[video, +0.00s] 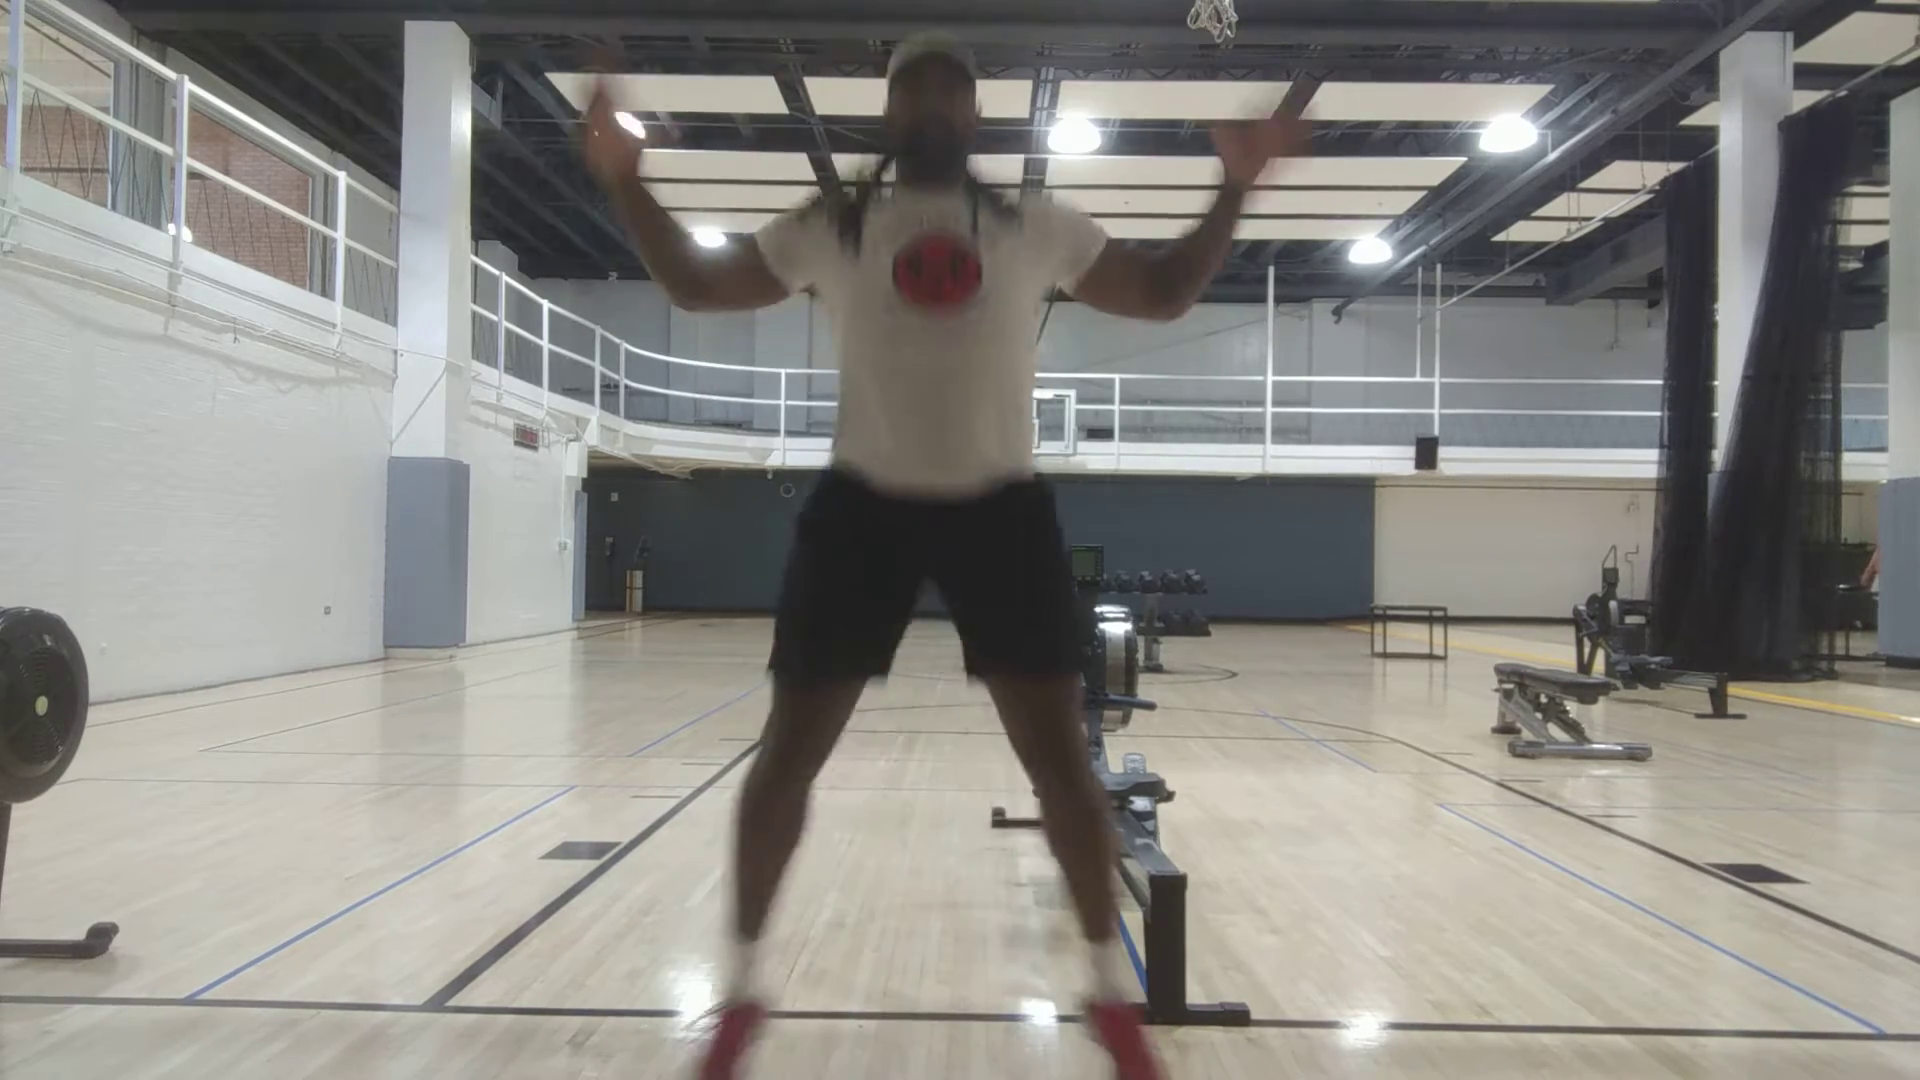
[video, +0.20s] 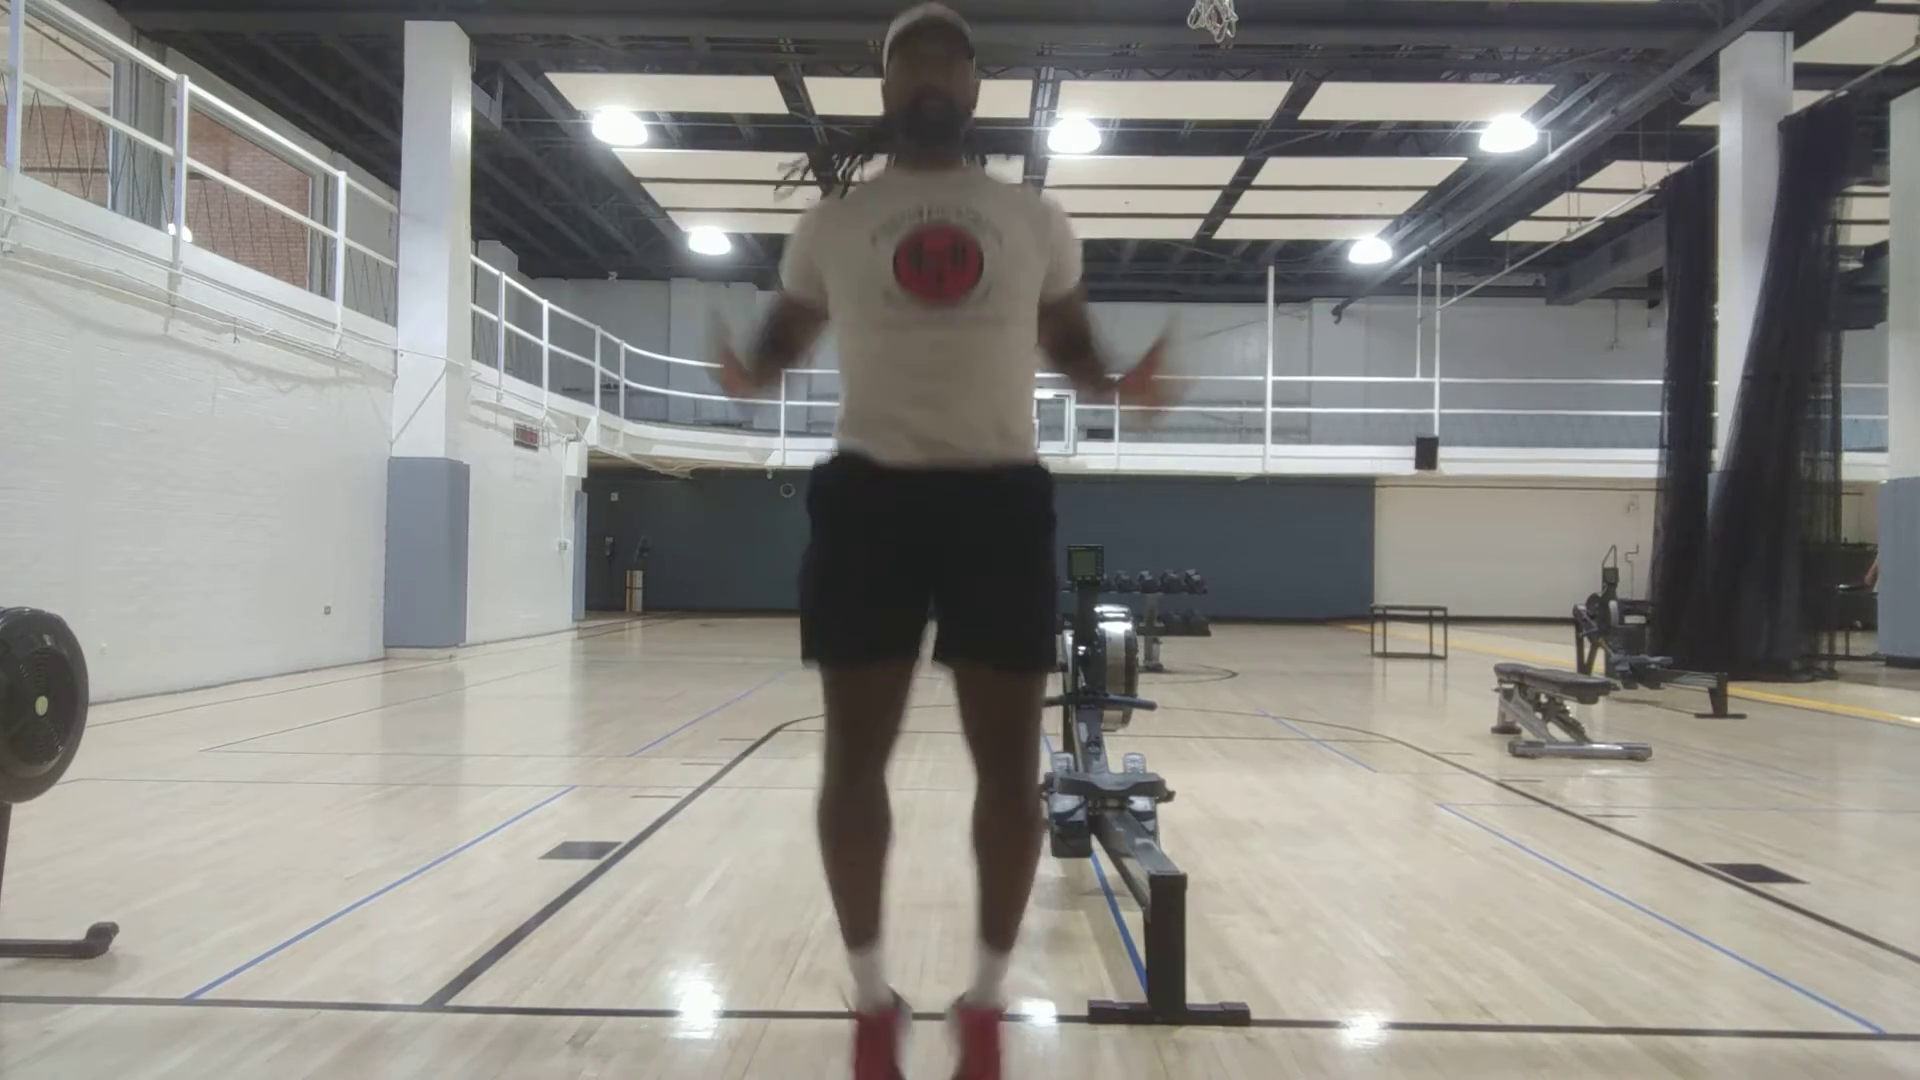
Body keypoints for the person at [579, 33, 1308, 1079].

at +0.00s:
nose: (935, 103)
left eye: (953, 88)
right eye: (917, 87)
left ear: (978, 112)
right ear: (886, 110)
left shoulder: (1032, 222)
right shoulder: (836, 223)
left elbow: (1165, 288)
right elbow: (696, 278)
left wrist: (1235, 187)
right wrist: (623, 182)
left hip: (1002, 511)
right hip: (863, 509)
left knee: (1059, 751)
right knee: (791, 747)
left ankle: (1111, 986)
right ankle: (741, 987)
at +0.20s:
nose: (933, 76)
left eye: (951, 59)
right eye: (914, 59)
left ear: (978, 85)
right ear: (883, 86)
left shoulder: (1034, 215)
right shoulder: (837, 217)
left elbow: (1072, 348)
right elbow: (784, 339)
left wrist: (1118, 377)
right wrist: (749, 367)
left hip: (1001, 502)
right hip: (871, 500)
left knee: (1010, 761)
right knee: (854, 756)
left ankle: (987, 995)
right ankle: (872, 994)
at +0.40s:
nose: (929, 194)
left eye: (946, 178)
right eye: (911, 177)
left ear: (970, 195)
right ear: (881, 197)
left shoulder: (1024, 319)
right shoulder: (835, 327)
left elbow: (1070, 441)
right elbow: (801, 456)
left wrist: (1087, 480)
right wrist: (796, 492)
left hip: (996, 604)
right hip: (869, 606)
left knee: (993, 839)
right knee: (873, 837)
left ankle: (967, 1037)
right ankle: (894, 1039)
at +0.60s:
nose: (925, 60)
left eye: (945, 45)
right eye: (907, 45)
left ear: (976, 75)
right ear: (881, 73)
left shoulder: (1031, 195)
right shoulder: (833, 196)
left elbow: (1144, 304)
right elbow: (722, 308)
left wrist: (1199, 222)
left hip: (995, 480)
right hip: (864, 479)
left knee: (1012, 727)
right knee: (833, 725)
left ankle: (1025, 975)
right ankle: (822, 965)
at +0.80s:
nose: (925, 135)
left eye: (942, 120)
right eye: (908, 120)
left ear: (971, 145)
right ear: (880, 144)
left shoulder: (1031, 244)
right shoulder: (825, 247)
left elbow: (1175, 218)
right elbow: (677, 224)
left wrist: (1105, 86)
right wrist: (716, 82)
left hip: (992, 553)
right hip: (854, 550)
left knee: (1063, 804)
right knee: (767, 797)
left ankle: (1122, 1014)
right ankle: (694, 1011)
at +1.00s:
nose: (921, 168)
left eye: (940, 153)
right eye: (904, 152)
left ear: (969, 172)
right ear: (876, 170)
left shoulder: (1026, 274)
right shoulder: (824, 270)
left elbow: (1166, 250)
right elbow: (686, 228)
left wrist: (1126, 96)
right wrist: (715, 92)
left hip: (993, 574)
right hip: (855, 570)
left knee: (1060, 803)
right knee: (770, 793)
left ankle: (1116, 1006)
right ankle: (706, 1008)